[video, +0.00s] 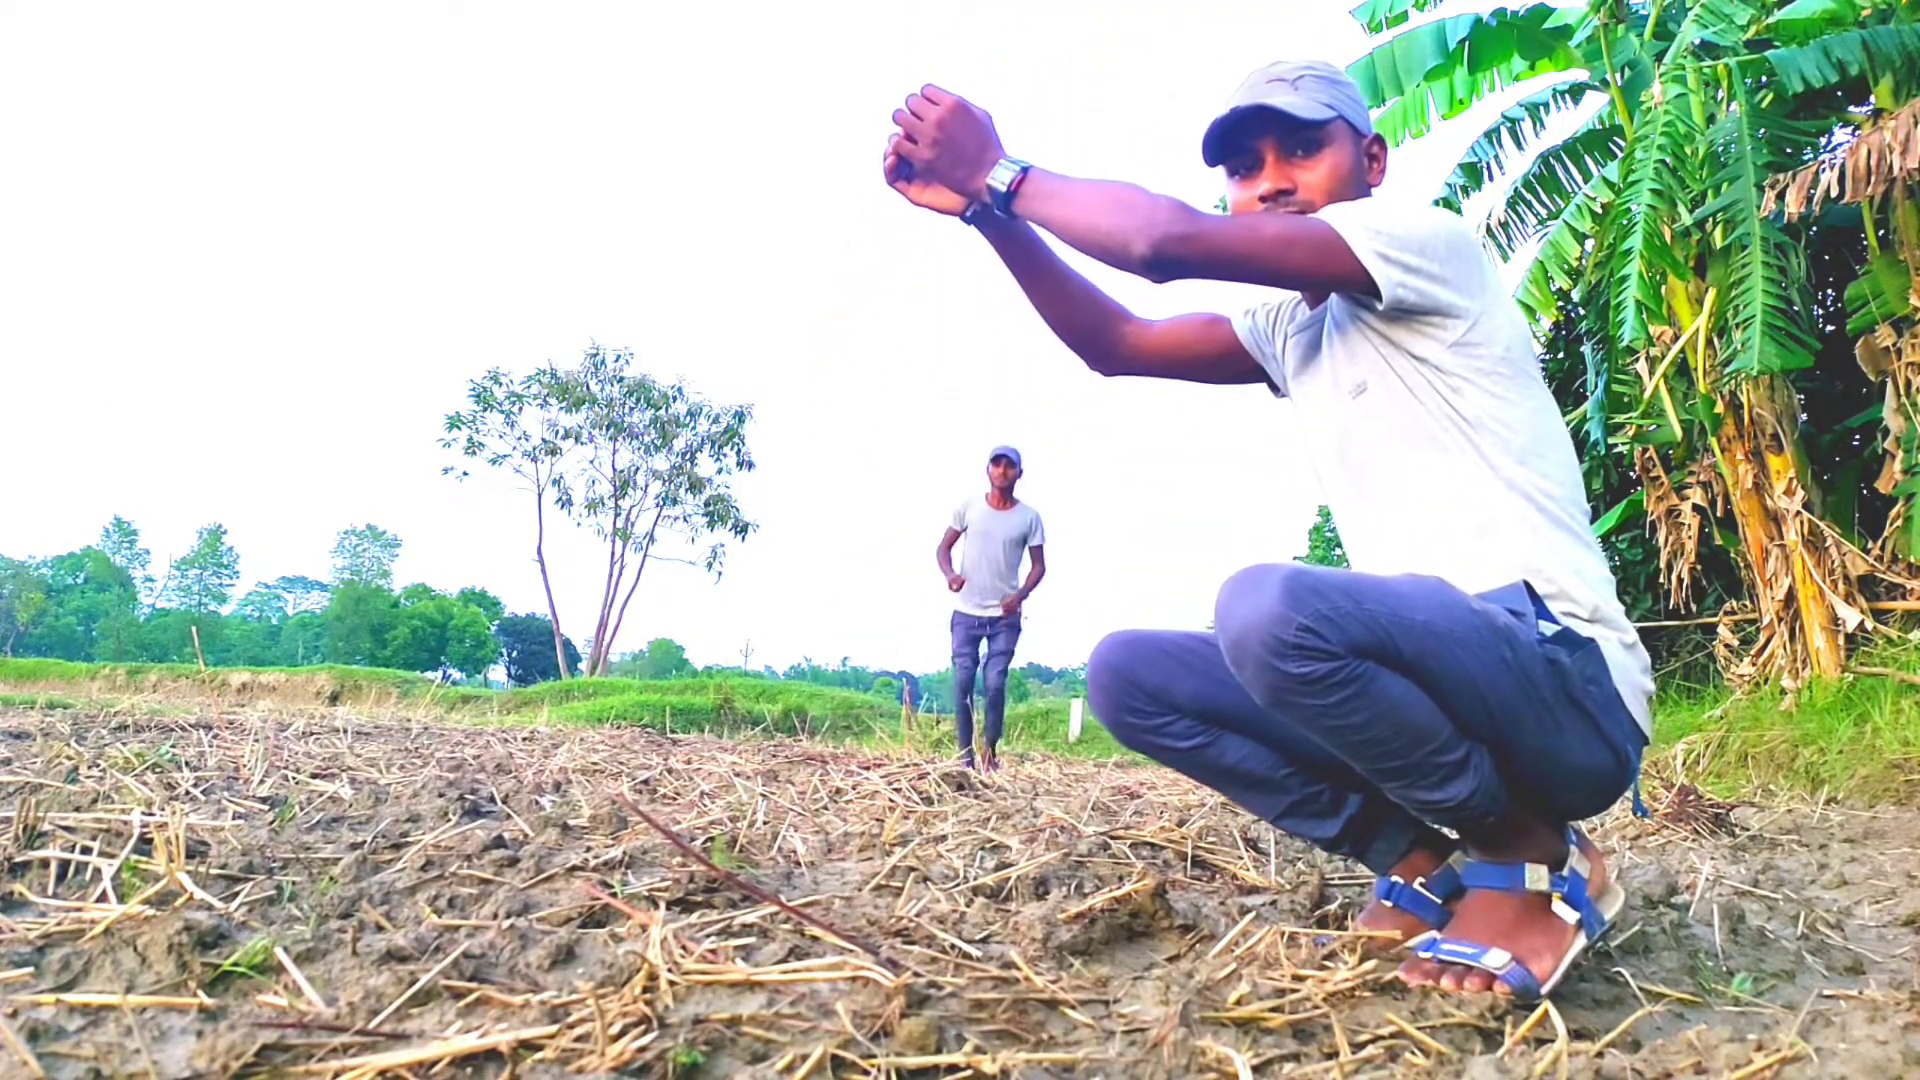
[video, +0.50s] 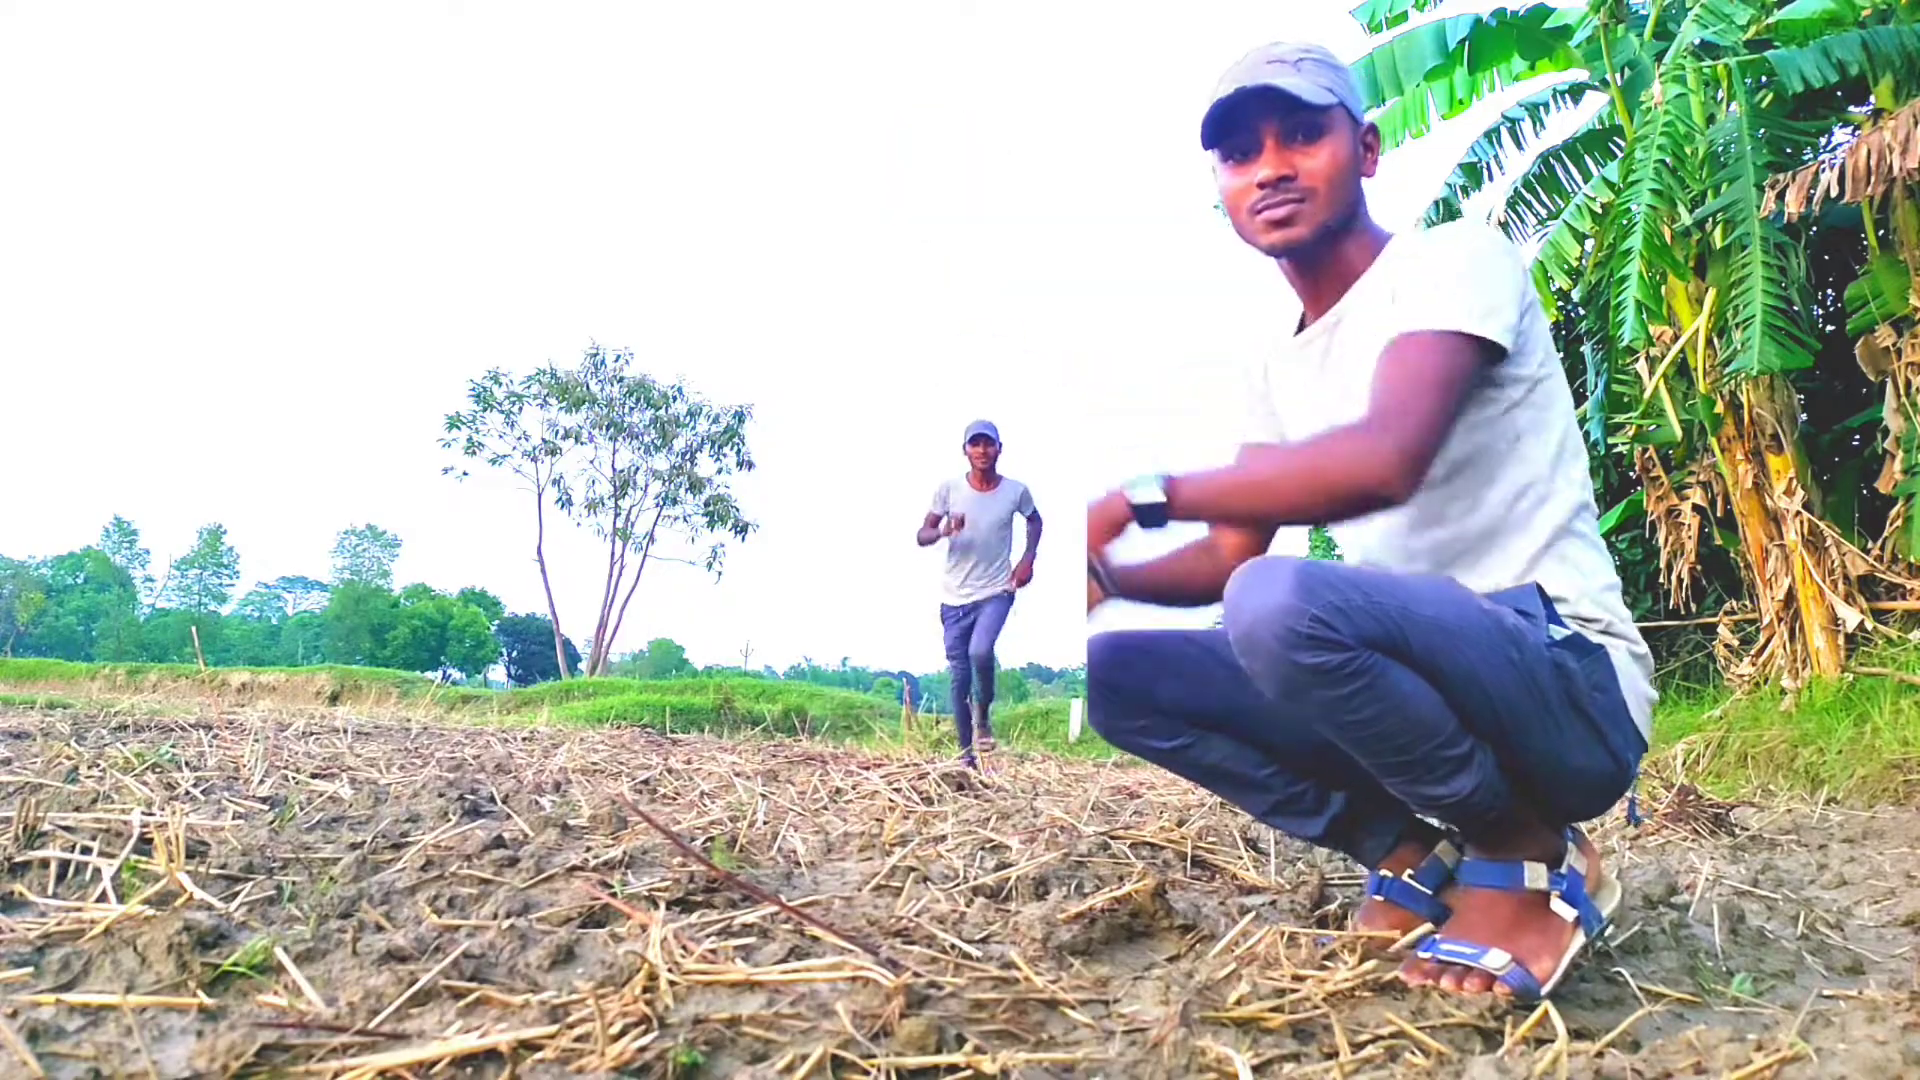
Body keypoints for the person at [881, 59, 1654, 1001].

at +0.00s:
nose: (1271, 181)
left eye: (1303, 146)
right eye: (1244, 164)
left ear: (1375, 160)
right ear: (1229, 188)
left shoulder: (1428, 242)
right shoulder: (1298, 327)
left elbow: (1161, 239)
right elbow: (1116, 342)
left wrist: (997, 172)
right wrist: (991, 212)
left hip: (1565, 674)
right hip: (1440, 687)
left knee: (1268, 612)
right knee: (1127, 676)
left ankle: (1528, 854)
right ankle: (1426, 860)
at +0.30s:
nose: (1275, 168)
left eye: (1309, 132)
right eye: (1247, 149)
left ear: (1379, 149)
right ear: (1231, 182)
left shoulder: (1443, 238)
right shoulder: (1296, 328)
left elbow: (1188, 278)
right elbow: (1117, 383)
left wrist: (1010, 213)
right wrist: (990, 256)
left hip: (1566, 669)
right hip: (1434, 682)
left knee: (1271, 612)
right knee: (1125, 682)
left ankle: (1522, 859)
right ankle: (1424, 854)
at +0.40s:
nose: (1281, 160)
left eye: (1313, 129)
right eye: (1252, 143)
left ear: (1381, 147)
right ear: (1235, 185)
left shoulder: (1457, 246)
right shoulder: (1303, 346)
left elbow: (1296, 398)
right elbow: (1178, 501)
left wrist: (1079, 384)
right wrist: (1046, 458)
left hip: (1567, 676)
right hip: (1436, 699)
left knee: (1269, 612)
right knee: (1122, 682)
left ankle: (1518, 857)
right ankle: (1413, 855)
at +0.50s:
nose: (1272, 167)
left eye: (1302, 135)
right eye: (1241, 149)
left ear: (1364, 150)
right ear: (1219, 186)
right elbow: (1227, 556)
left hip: (1573, 683)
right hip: (1422, 706)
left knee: (1278, 608)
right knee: (1122, 677)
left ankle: (1518, 858)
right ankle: (1408, 850)